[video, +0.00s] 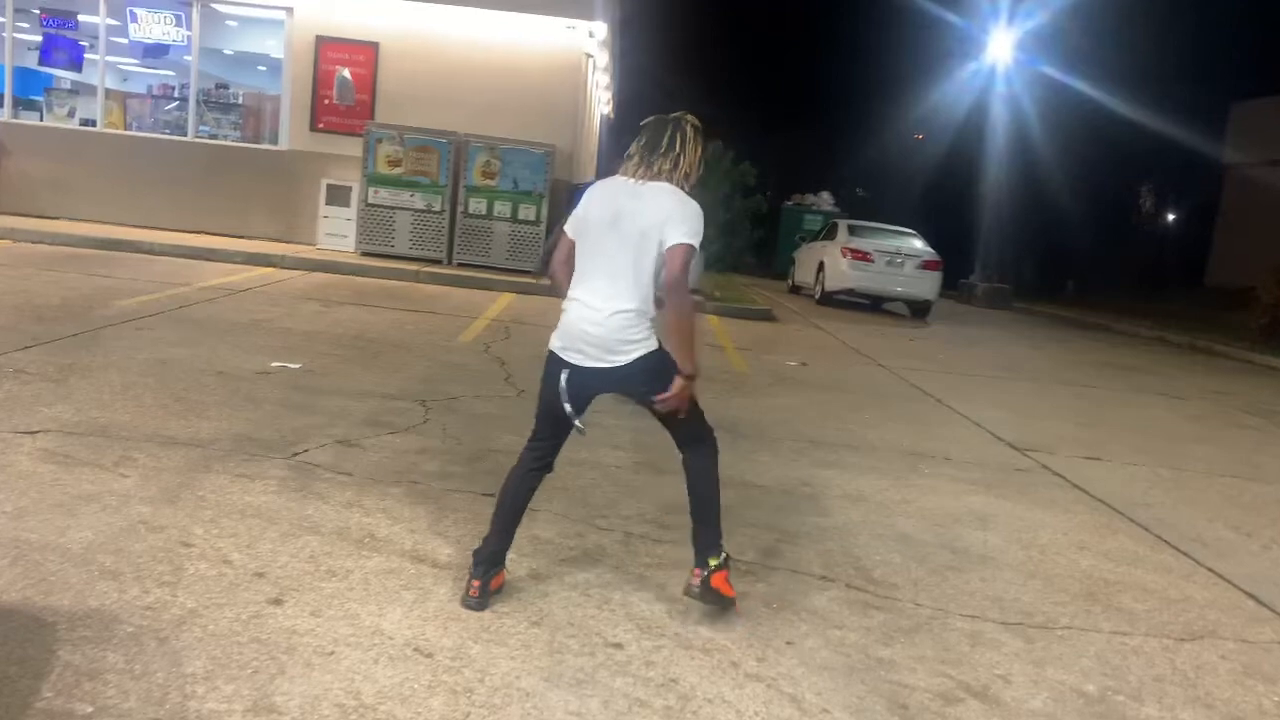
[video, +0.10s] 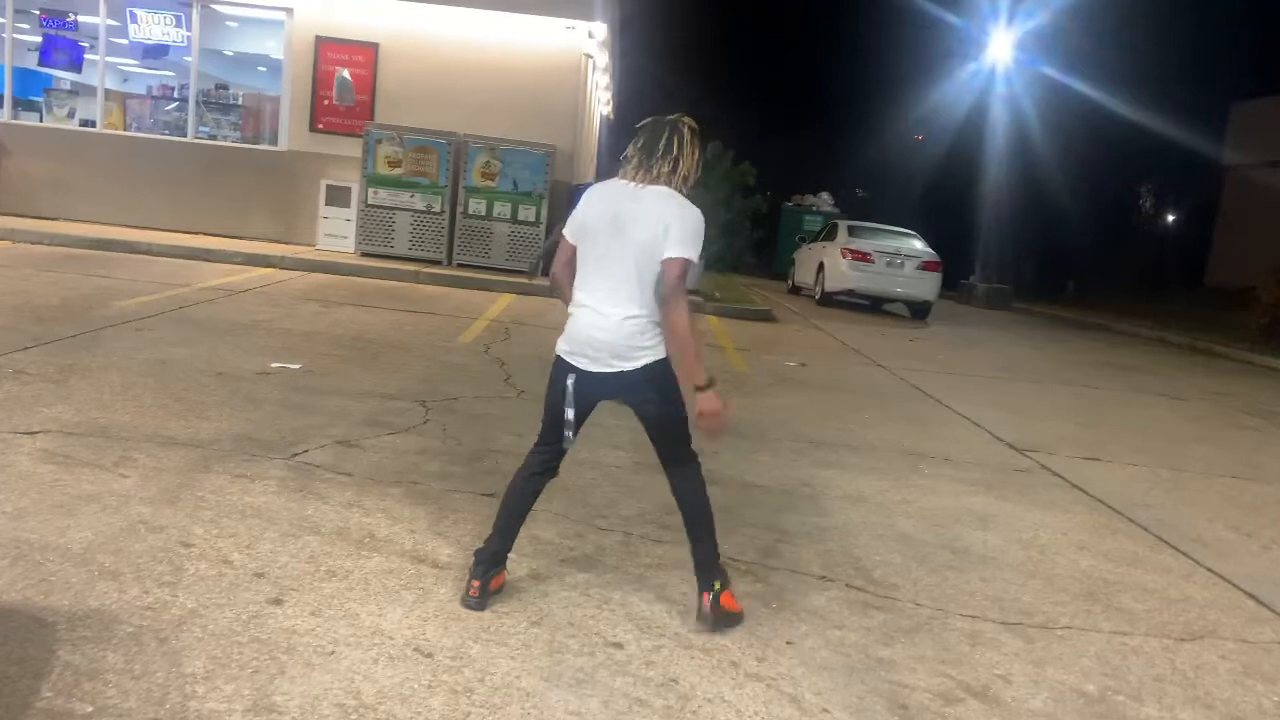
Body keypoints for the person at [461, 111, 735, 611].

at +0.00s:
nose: (696, 169)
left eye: (696, 162)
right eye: (696, 161)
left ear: (639, 149)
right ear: (687, 160)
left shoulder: (597, 191)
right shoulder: (681, 206)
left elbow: (559, 274)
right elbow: (674, 282)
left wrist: (600, 301)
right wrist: (687, 370)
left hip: (572, 351)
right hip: (636, 354)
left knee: (536, 453)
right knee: (698, 441)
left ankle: (484, 570)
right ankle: (710, 565)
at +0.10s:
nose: (693, 170)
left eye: (692, 162)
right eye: (693, 162)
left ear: (637, 151)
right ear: (683, 161)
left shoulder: (596, 194)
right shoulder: (683, 212)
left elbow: (559, 272)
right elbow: (671, 294)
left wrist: (592, 311)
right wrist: (701, 386)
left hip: (578, 359)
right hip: (645, 364)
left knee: (542, 458)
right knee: (682, 467)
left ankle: (484, 571)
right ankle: (712, 588)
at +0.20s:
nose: (691, 169)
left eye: (689, 162)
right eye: (689, 162)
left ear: (632, 154)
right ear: (679, 162)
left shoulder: (594, 198)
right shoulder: (682, 213)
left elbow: (560, 273)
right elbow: (672, 300)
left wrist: (589, 319)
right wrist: (684, 384)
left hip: (574, 361)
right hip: (642, 365)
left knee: (539, 458)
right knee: (691, 461)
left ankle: (482, 570)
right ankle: (719, 585)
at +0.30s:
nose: (687, 168)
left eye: (687, 160)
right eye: (686, 160)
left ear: (629, 150)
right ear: (676, 159)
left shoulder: (591, 197)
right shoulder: (678, 210)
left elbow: (558, 274)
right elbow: (668, 296)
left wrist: (588, 319)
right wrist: (675, 384)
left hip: (576, 360)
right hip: (640, 365)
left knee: (541, 458)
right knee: (677, 464)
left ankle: (483, 571)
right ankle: (703, 592)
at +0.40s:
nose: (684, 166)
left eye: (683, 158)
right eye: (682, 159)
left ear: (626, 150)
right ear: (672, 158)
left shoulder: (587, 198)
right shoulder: (675, 210)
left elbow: (556, 277)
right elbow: (667, 297)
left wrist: (587, 320)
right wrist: (677, 384)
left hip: (576, 359)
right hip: (639, 364)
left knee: (543, 462)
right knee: (678, 465)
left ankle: (484, 572)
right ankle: (707, 590)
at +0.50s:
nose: (680, 165)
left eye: (680, 157)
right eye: (678, 157)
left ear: (622, 149)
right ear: (669, 157)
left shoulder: (584, 197)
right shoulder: (672, 208)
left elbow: (555, 275)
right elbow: (664, 295)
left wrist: (585, 318)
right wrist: (674, 384)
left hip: (574, 361)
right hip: (638, 365)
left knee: (542, 461)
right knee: (677, 467)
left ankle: (484, 571)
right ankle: (704, 591)